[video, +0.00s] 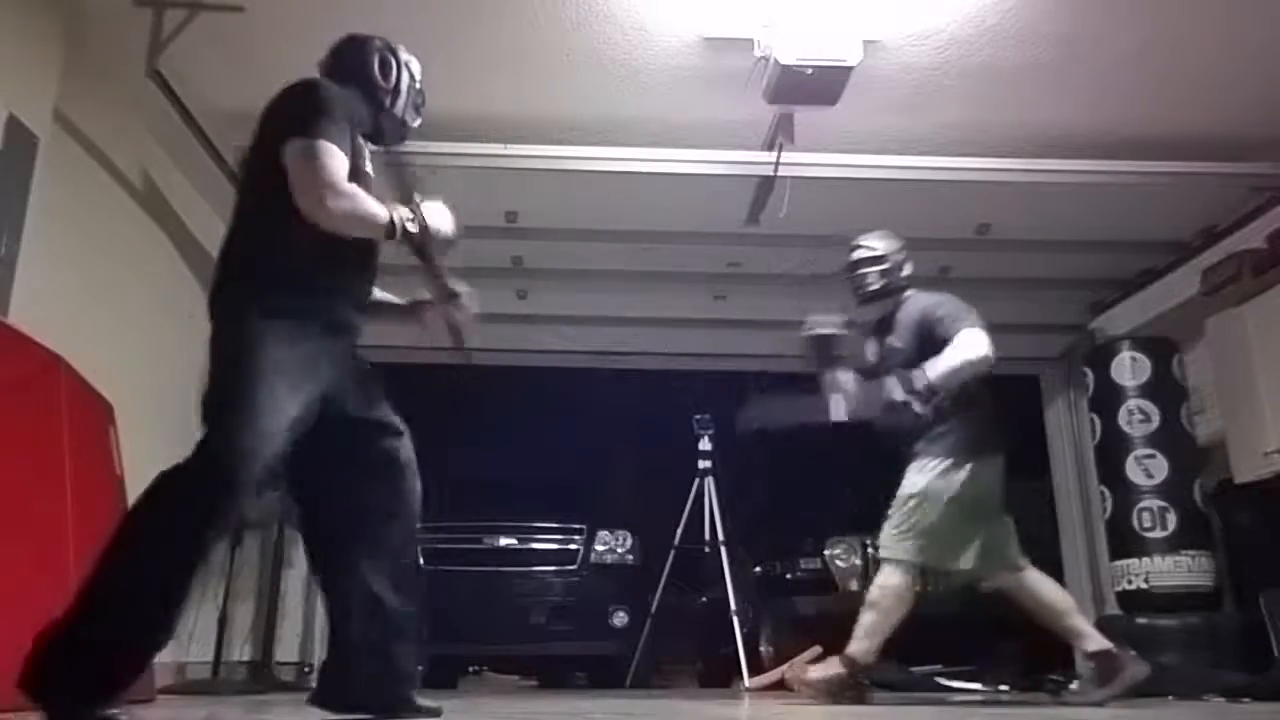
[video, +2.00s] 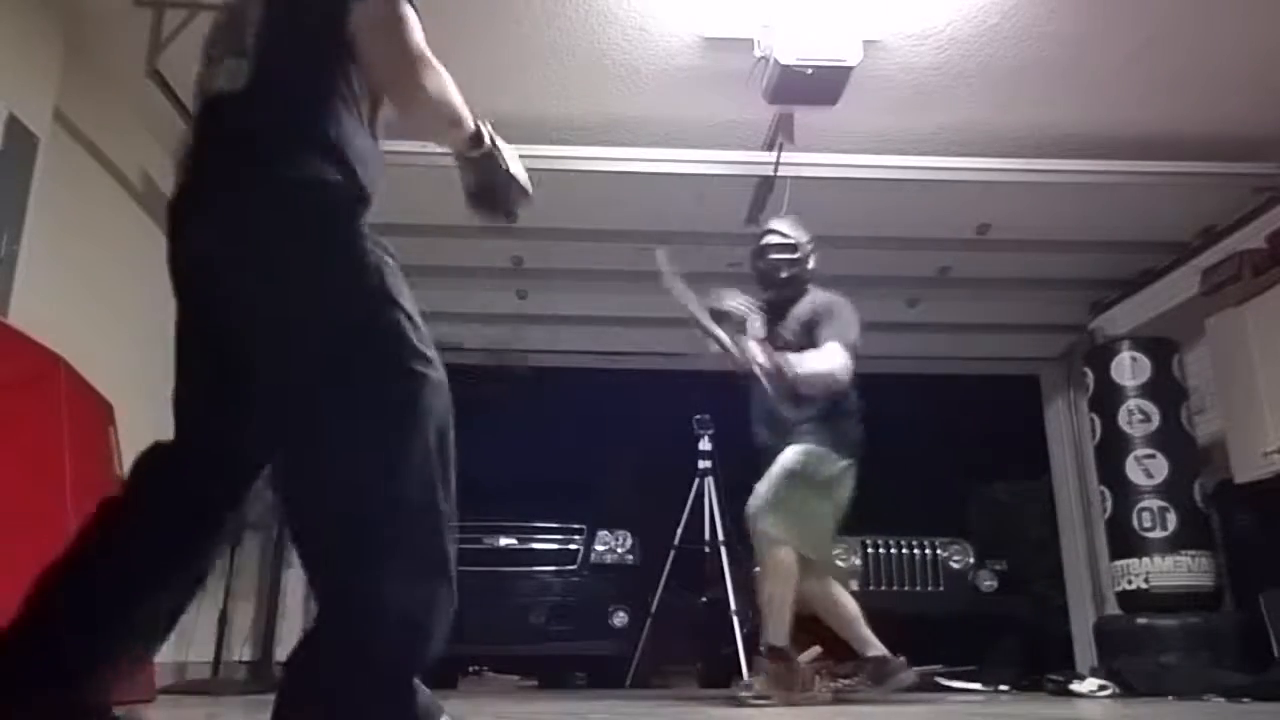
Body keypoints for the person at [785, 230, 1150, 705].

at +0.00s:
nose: (863, 276)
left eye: (873, 265)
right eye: (856, 269)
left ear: (899, 267)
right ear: (852, 278)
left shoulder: (931, 305)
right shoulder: (880, 335)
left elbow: (977, 350)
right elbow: (867, 404)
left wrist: (915, 381)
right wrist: (831, 364)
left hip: (960, 446)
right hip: (941, 450)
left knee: (899, 554)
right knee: (1007, 569)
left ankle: (851, 664)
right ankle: (1104, 656)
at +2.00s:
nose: (777, 263)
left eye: (787, 252)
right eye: (767, 254)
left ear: (809, 257)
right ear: (755, 263)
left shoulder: (830, 308)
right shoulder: (762, 318)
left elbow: (836, 366)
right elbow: (738, 353)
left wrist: (777, 361)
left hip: (823, 442)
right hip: (786, 446)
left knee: (767, 515)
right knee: (807, 574)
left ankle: (776, 659)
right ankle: (880, 660)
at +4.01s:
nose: (700, 242)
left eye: (711, 230)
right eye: (701, 234)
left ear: (748, 233)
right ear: (757, 239)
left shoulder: (745, 279)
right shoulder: (791, 281)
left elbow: (700, 359)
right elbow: (783, 367)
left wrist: (669, 401)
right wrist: (741, 379)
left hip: (809, 418)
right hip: (857, 426)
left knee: (729, 535)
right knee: (856, 563)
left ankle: (749, 668)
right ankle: (954, 661)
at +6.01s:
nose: (689, 223)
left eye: (699, 212)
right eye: (678, 213)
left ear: (717, 216)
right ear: (662, 217)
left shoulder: (753, 271)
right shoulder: (649, 291)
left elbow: (772, 342)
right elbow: (633, 368)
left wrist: (722, 390)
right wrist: (666, 407)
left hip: (755, 444)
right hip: (684, 447)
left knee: (776, 552)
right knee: (685, 556)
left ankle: (802, 658)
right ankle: (733, 666)